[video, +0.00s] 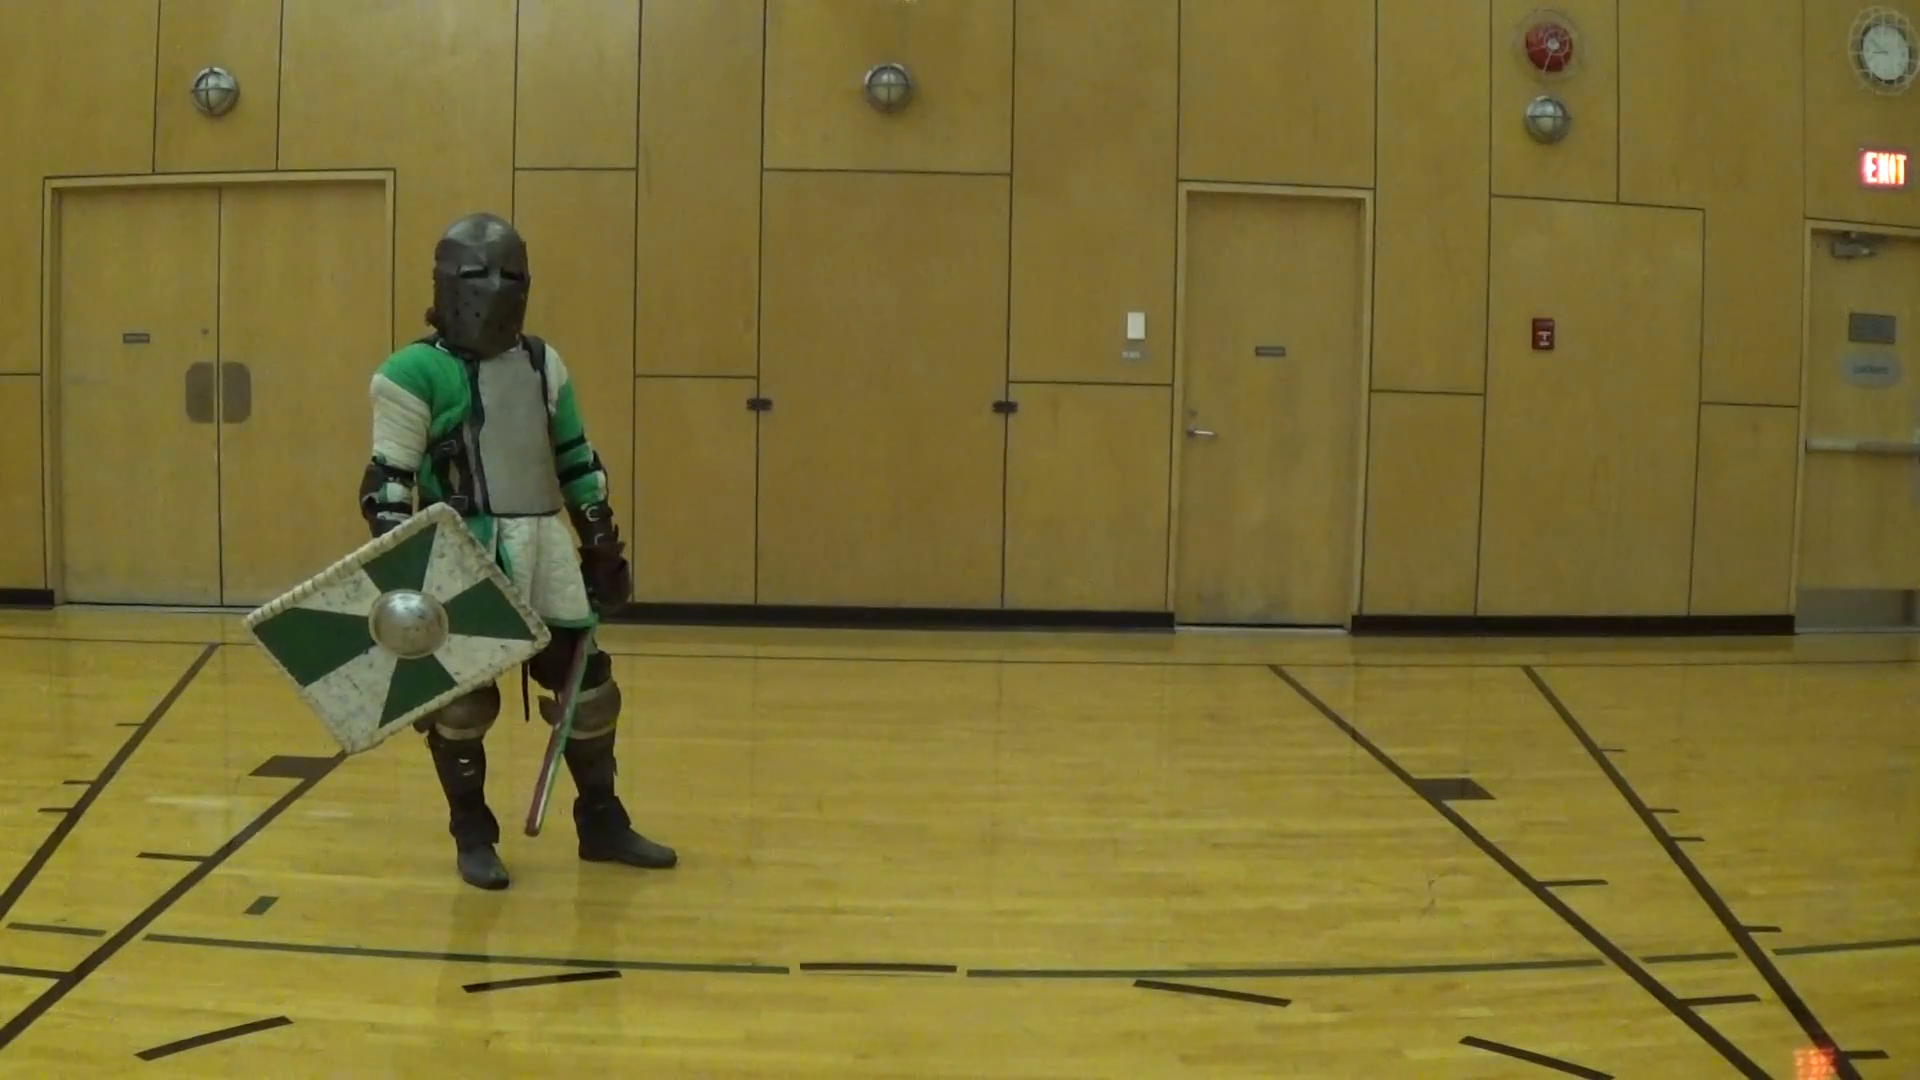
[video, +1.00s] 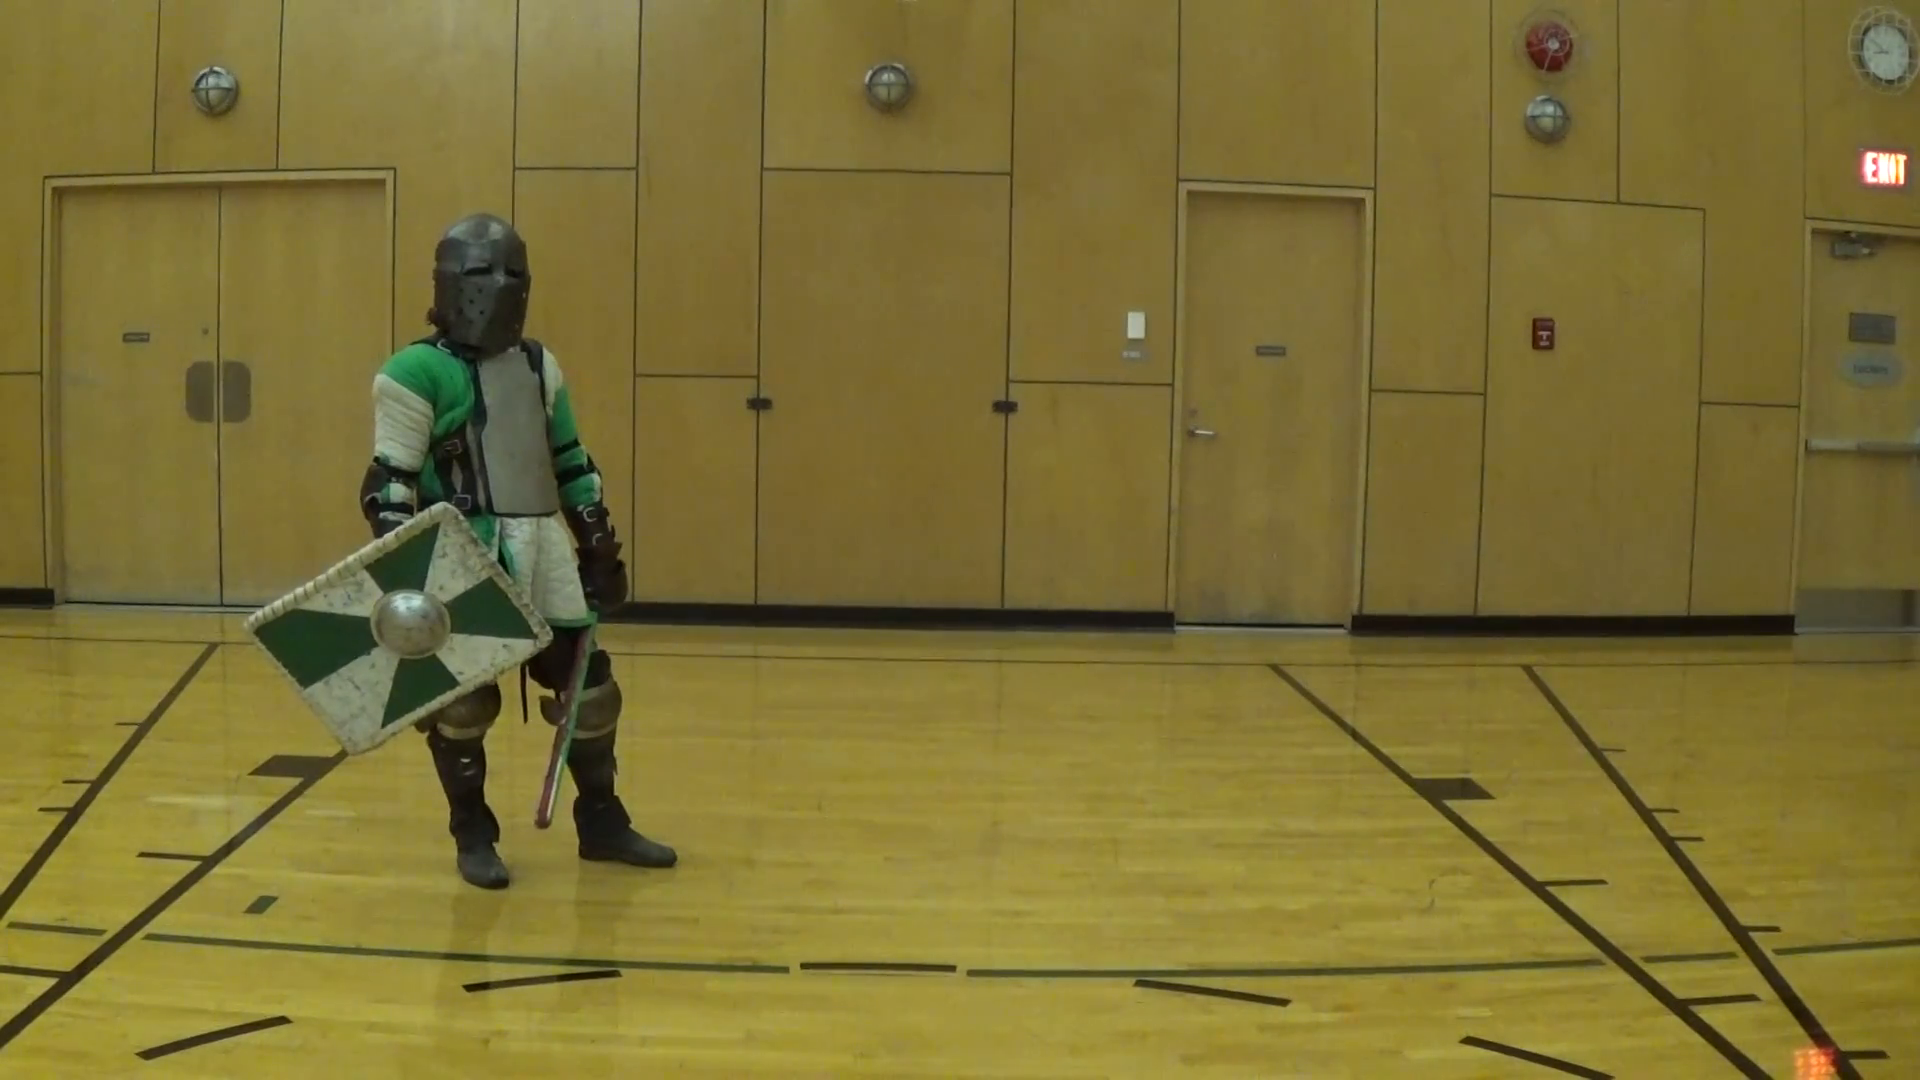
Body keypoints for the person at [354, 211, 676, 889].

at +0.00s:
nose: (487, 291)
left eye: (503, 276)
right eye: (472, 275)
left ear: (522, 287)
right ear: (442, 282)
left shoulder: (543, 365)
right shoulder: (413, 374)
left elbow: (579, 465)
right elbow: (387, 490)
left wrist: (603, 550)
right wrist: (415, 576)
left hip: (547, 545)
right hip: (459, 557)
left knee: (588, 681)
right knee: (463, 698)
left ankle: (602, 822)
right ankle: (473, 835)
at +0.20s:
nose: (489, 293)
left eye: (503, 278)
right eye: (473, 277)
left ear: (521, 287)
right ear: (443, 284)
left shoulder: (543, 365)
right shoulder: (414, 374)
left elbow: (577, 465)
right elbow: (388, 489)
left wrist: (602, 549)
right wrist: (417, 577)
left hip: (547, 547)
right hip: (460, 560)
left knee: (589, 683)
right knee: (463, 699)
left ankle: (602, 822)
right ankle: (473, 835)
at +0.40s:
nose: (477, 292)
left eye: (494, 277)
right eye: (463, 276)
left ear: (519, 287)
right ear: (439, 285)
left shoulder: (541, 366)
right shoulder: (415, 374)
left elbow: (576, 466)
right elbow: (389, 487)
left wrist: (603, 548)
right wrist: (418, 572)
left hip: (548, 545)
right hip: (461, 558)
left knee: (589, 683)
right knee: (465, 698)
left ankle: (602, 822)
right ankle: (473, 834)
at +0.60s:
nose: (482, 293)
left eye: (498, 278)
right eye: (467, 277)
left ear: (520, 287)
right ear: (441, 286)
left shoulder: (540, 366)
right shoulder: (416, 373)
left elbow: (574, 466)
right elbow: (390, 487)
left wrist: (601, 546)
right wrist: (415, 572)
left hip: (548, 545)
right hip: (461, 557)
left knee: (590, 684)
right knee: (464, 699)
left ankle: (602, 823)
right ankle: (474, 835)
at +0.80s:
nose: (485, 293)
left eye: (500, 279)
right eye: (469, 278)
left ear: (520, 288)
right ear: (441, 286)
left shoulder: (540, 366)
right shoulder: (416, 374)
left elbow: (573, 467)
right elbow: (389, 489)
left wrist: (600, 546)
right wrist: (418, 575)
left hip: (547, 543)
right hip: (461, 555)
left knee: (589, 682)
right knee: (464, 698)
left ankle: (602, 822)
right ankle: (474, 835)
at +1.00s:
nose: (485, 292)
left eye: (500, 278)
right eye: (469, 278)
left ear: (520, 287)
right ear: (442, 285)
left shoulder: (540, 367)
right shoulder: (415, 374)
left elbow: (572, 467)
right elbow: (389, 490)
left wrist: (601, 548)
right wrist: (417, 576)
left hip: (546, 545)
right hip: (460, 557)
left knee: (589, 680)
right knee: (463, 697)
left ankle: (602, 822)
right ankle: (473, 835)